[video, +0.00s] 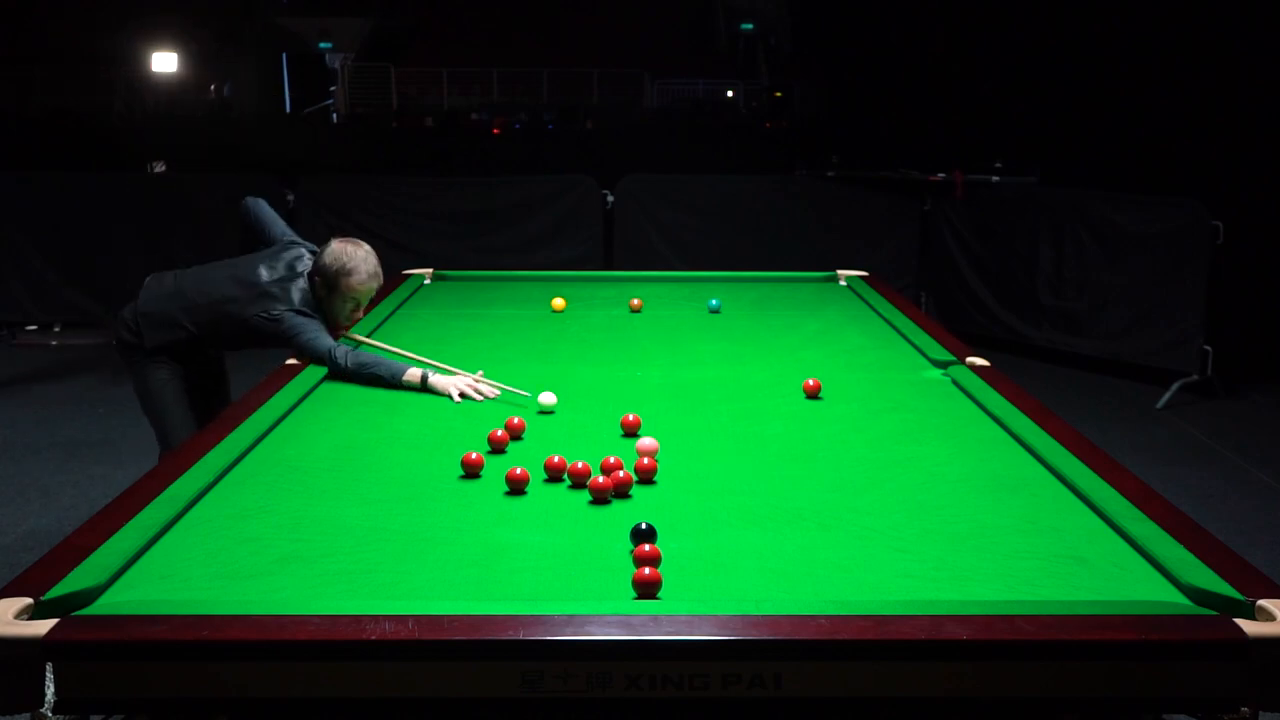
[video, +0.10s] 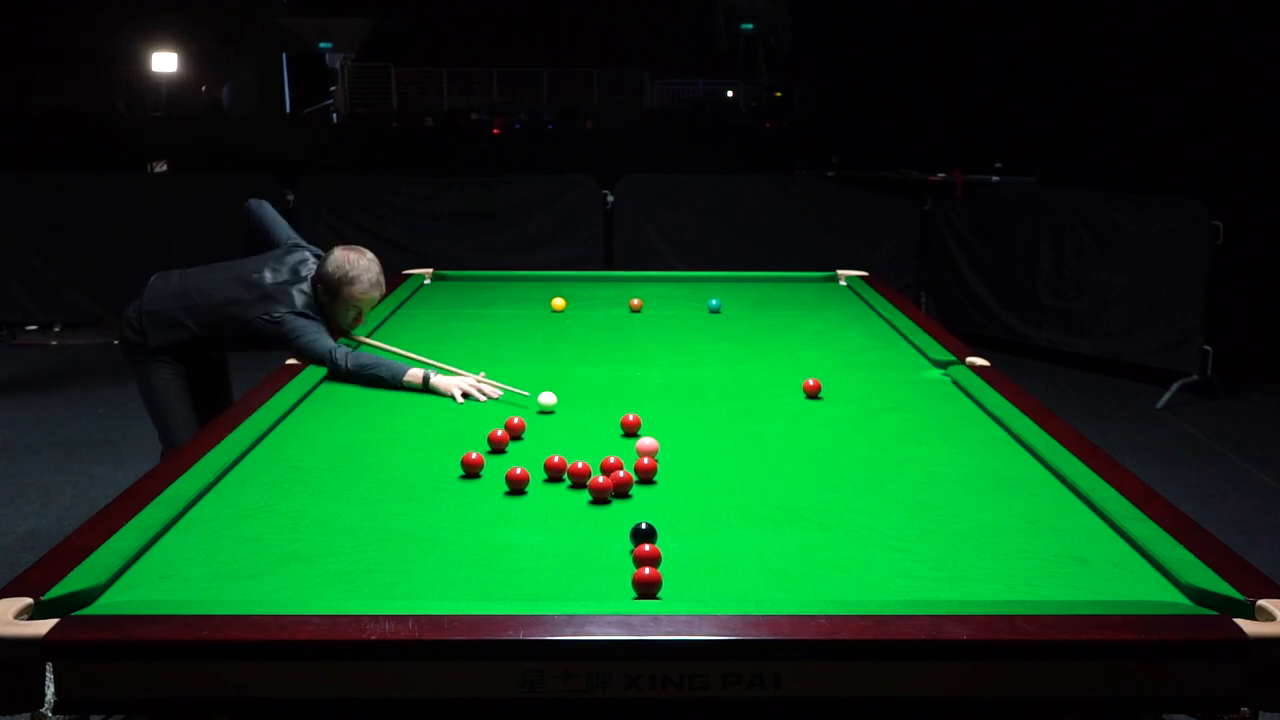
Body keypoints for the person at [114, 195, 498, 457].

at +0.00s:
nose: (358, 313)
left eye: (364, 305)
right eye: (356, 304)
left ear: (324, 270)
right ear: (331, 293)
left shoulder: (301, 253)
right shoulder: (290, 316)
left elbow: (254, 205)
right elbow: (340, 358)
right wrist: (430, 378)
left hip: (194, 315)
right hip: (150, 326)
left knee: (218, 431)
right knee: (180, 447)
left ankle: (217, 527)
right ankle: (165, 537)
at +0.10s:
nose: (360, 316)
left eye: (366, 307)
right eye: (357, 308)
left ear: (332, 271)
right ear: (330, 294)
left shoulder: (307, 255)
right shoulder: (290, 316)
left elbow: (257, 206)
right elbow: (340, 359)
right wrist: (432, 379)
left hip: (197, 314)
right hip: (153, 325)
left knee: (219, 430)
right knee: (183, 446)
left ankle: (218, 526)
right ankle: (166, 536)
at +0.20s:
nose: (359, 316)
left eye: (366, 308)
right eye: (356, 308)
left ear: (332, 272)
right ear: (331, 295)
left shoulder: (308, 255)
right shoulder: (290, 316)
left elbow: (257, 207)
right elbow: (340, 359)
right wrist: (431, 378)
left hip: (199, 315)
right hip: (154, 324)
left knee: (220, 432)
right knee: (183, 446)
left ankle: (218, 528)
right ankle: (164, 536)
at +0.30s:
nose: (359, 317)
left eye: (365, 308)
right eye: (356, 309)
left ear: (333, 273)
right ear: (331, 296)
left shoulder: (308, 256)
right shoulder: (290, 317)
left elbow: (257, 208)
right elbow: (340, 360)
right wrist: (431, 378)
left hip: (198, 314)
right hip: (154, 325)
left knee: (220, 431)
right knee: (183, 445)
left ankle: (217, 528)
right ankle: (164, 536)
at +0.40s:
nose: (360, 319)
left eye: (366, 309)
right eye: (357, 310)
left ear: (333, 274)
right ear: (332, 297)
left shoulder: (311, 259)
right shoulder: (290, 317)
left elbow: (257, 217)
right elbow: (339, 360)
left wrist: (244, 273)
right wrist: (433, 378)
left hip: (195, 312)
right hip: (153, 325)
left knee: (220, 431)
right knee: (183, 446)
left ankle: (220, 528)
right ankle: (170, 539)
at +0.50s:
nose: (360, 319)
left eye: (366, 309)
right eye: (357, 310)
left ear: (333, 274)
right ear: (332, 297)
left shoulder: (311, 260)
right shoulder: (290, 317)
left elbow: (257, 218)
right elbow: (339, 361)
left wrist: (241, 272)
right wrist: (432, 378)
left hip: (195, 312)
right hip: (153, 327)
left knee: (220, 431)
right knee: (183, 447)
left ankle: (222, 527)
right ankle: (173, 539)